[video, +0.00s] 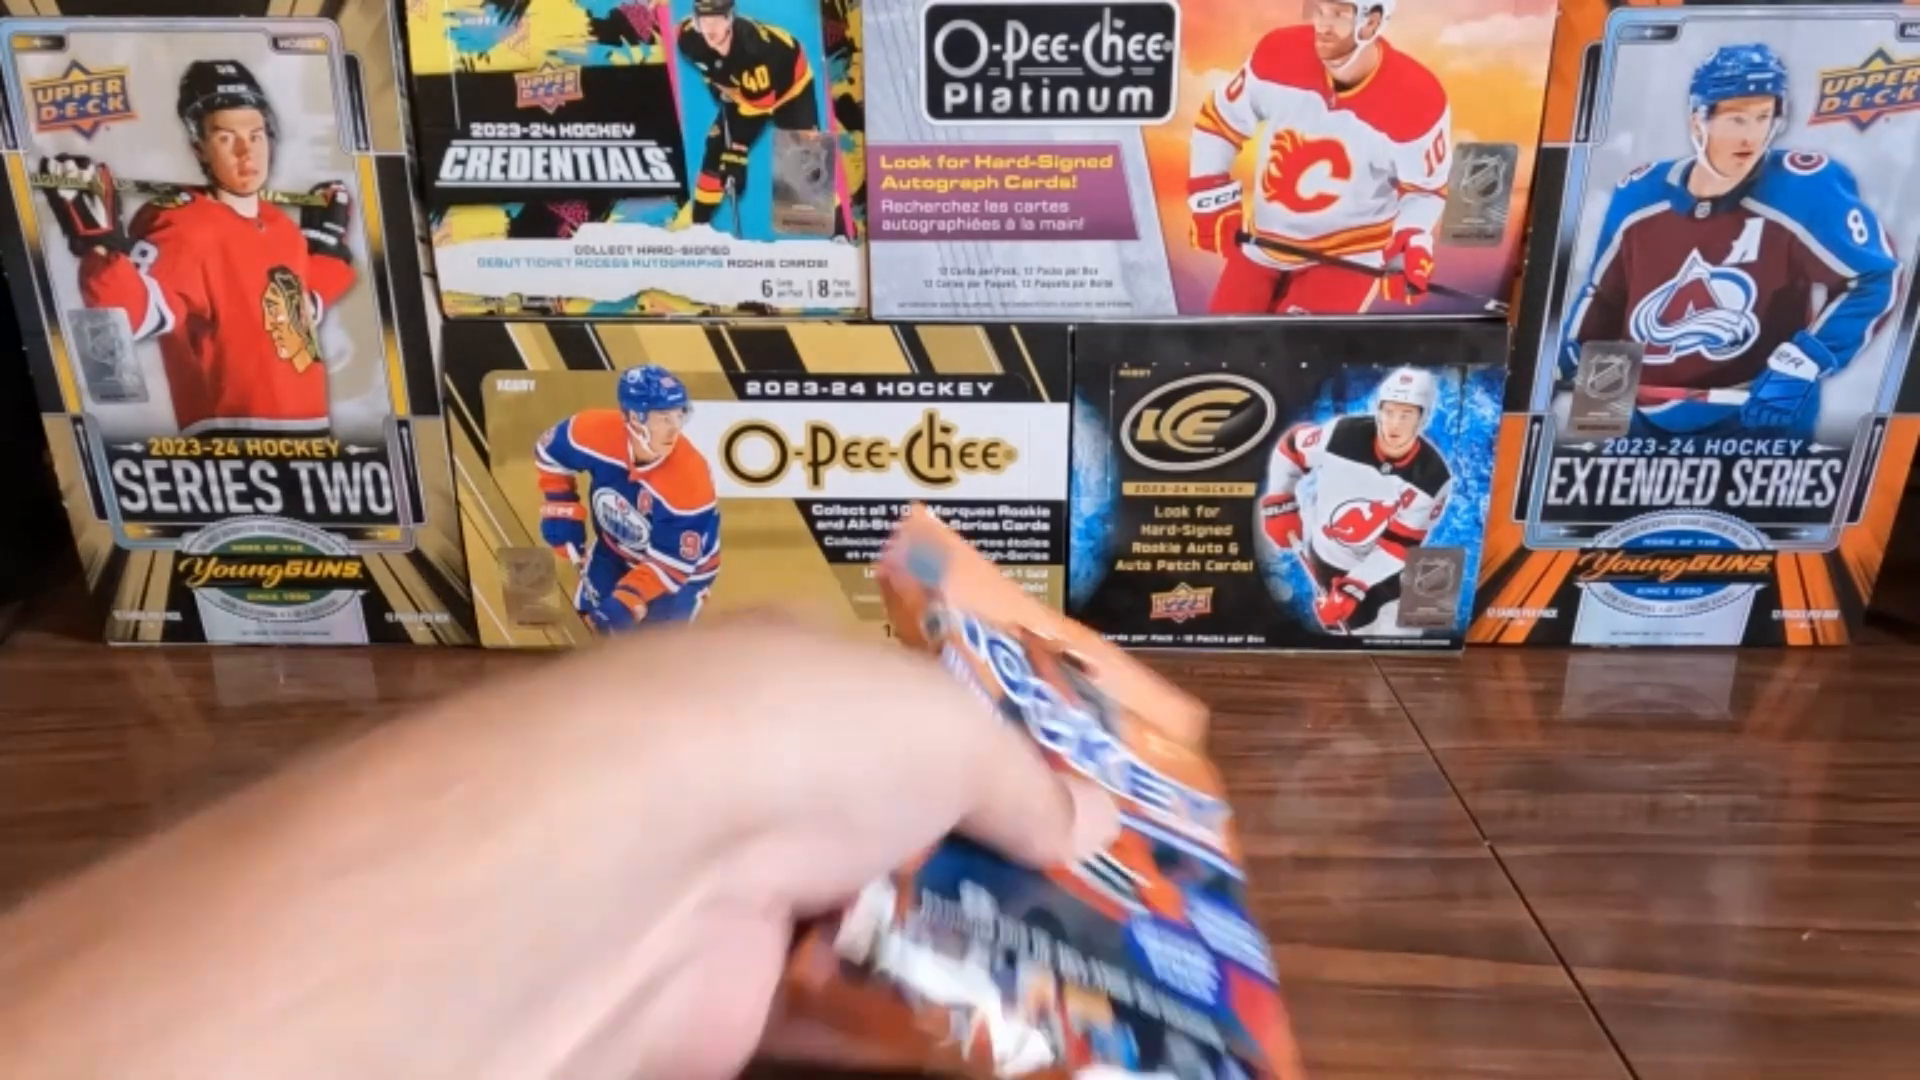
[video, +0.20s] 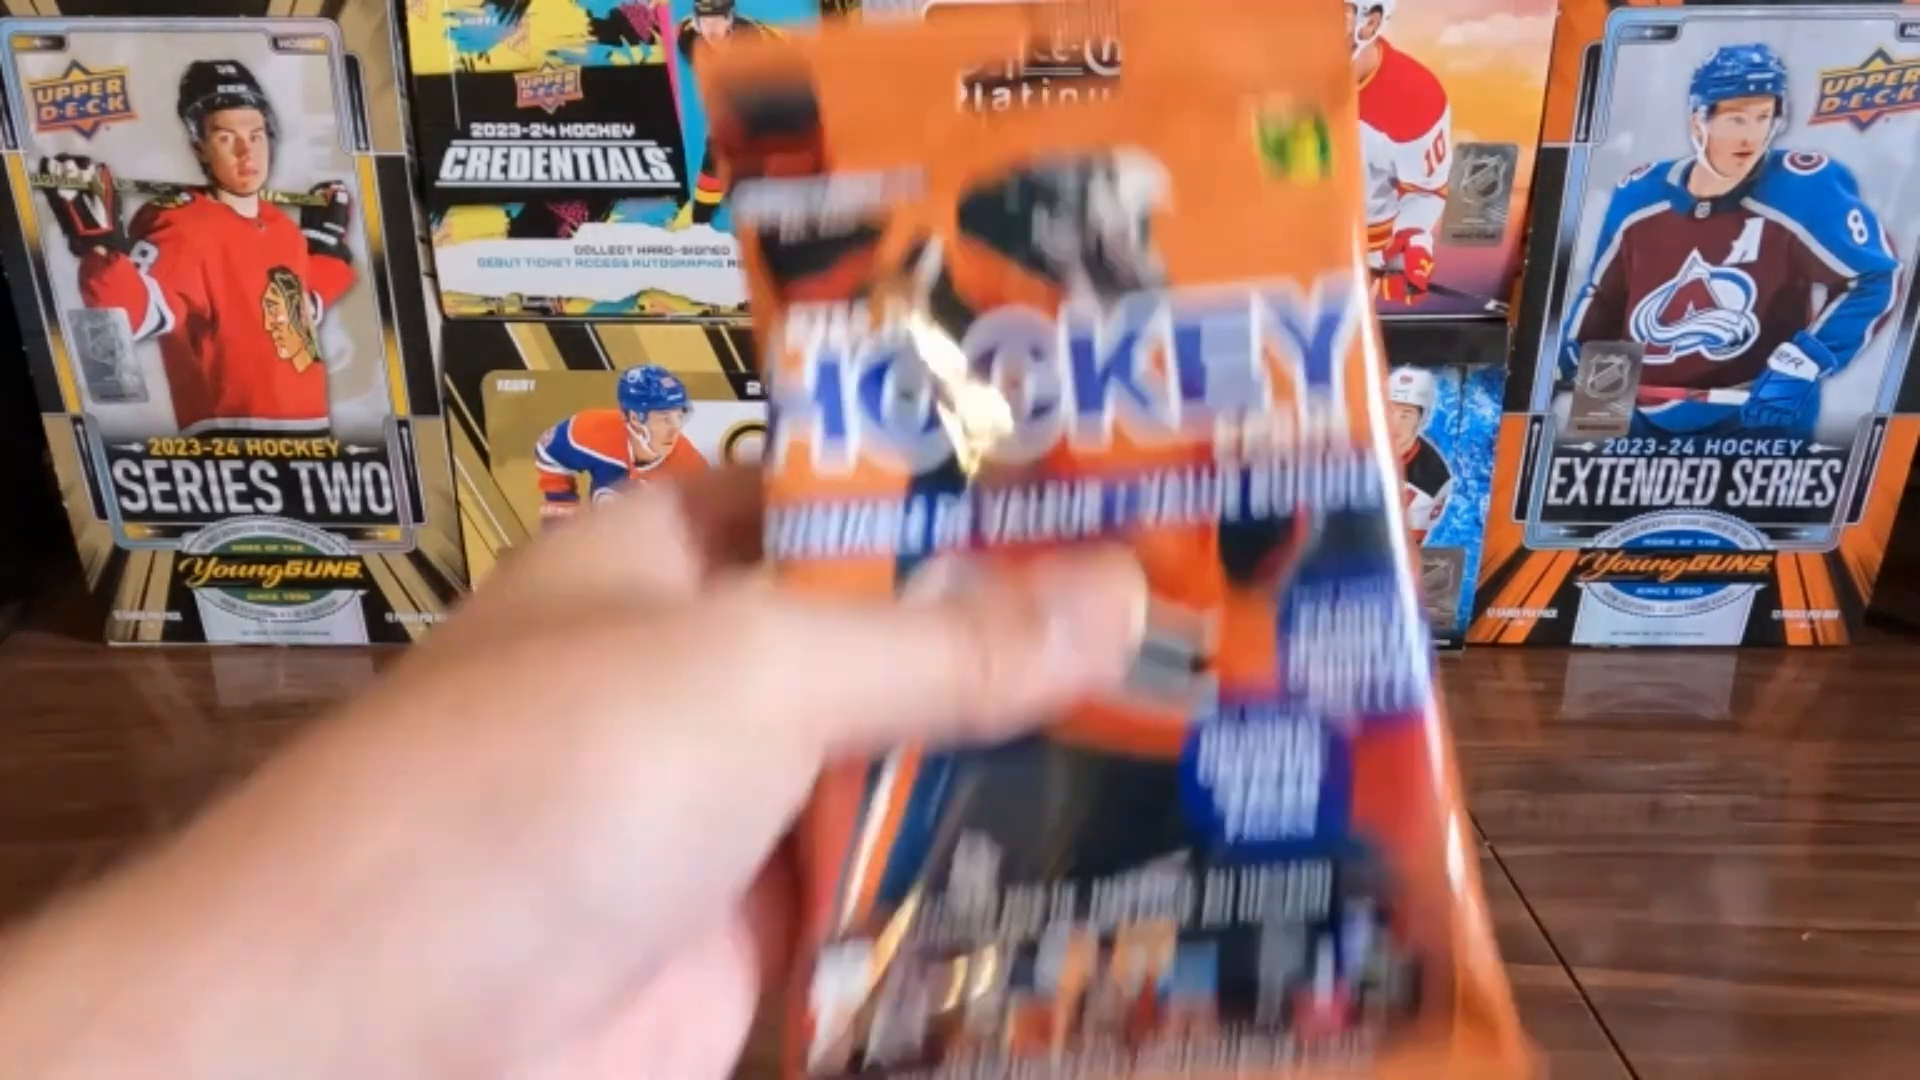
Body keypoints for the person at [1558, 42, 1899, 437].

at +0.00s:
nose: (1749, 135)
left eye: (1761, 118)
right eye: (1734, 119)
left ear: (1775, 123)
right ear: (1698, 124)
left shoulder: (1803, 193)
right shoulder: (1638, 197)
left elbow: (1878, 279)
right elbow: (1600, 296)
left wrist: (1801, 364)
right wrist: (1574, 366)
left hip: (1745, 425)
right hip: (1638, 421)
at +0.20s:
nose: (1749, 135)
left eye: (1762, 118)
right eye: (1734, 119)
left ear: (1775, 123)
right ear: (1698, 124)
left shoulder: (1803, 192)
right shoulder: (1638, 197)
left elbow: (1877, 279)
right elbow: (1600, 294)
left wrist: (1801, 365)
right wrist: (1572, 365)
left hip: (1744, 425)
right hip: (1637, 420)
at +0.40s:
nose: (1749, 135)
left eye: (1762, 118)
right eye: (1734, 119)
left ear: (1775, 123)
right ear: (1698, 124)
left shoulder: (1803, 193)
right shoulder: (1638, 197)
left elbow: (1877, 279)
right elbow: (1600, 295)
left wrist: (1800, 365)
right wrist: (1576, 367)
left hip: (1744, 426)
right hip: (1637, 421)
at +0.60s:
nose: (1749, 135)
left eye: (1762, 118)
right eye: (1734, 119)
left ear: (1775, 123)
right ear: (1698, 125)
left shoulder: (1805, 192)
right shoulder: (1638, 197)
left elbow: (1878, 279)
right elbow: (1599, 295)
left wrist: (1801, 364)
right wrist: (1574, 367)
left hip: (1745, 427)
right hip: (1637, 422)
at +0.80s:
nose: (1749, 135)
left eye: (1762, 119)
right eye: (1734, 119)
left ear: (1775, 123)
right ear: (1698, 125)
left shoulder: (1805, 193)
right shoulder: (1638, 197)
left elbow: (1879, 279)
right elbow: (1599, 295)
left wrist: (1802, 364)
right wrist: (1573, 366)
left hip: (1746, 427)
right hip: (1638, 422)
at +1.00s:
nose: (1749, 135)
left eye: (1762, 118)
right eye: (1734, 119)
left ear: (1775, 123)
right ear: (1698, 124)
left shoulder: (1804, 192)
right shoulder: (1638, 197)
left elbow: (1878, 279)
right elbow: (1599, 295)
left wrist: (1801, 364)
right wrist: (1578, 367)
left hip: (1746, 427)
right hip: (1638, 422)